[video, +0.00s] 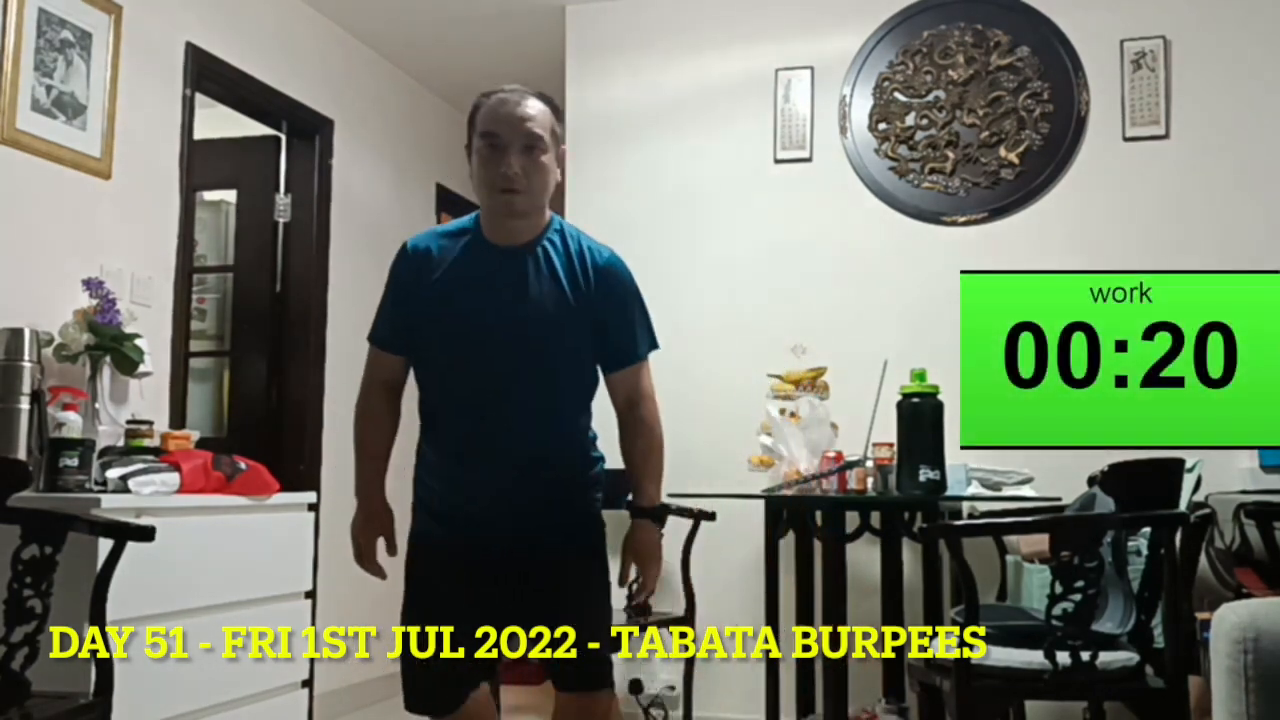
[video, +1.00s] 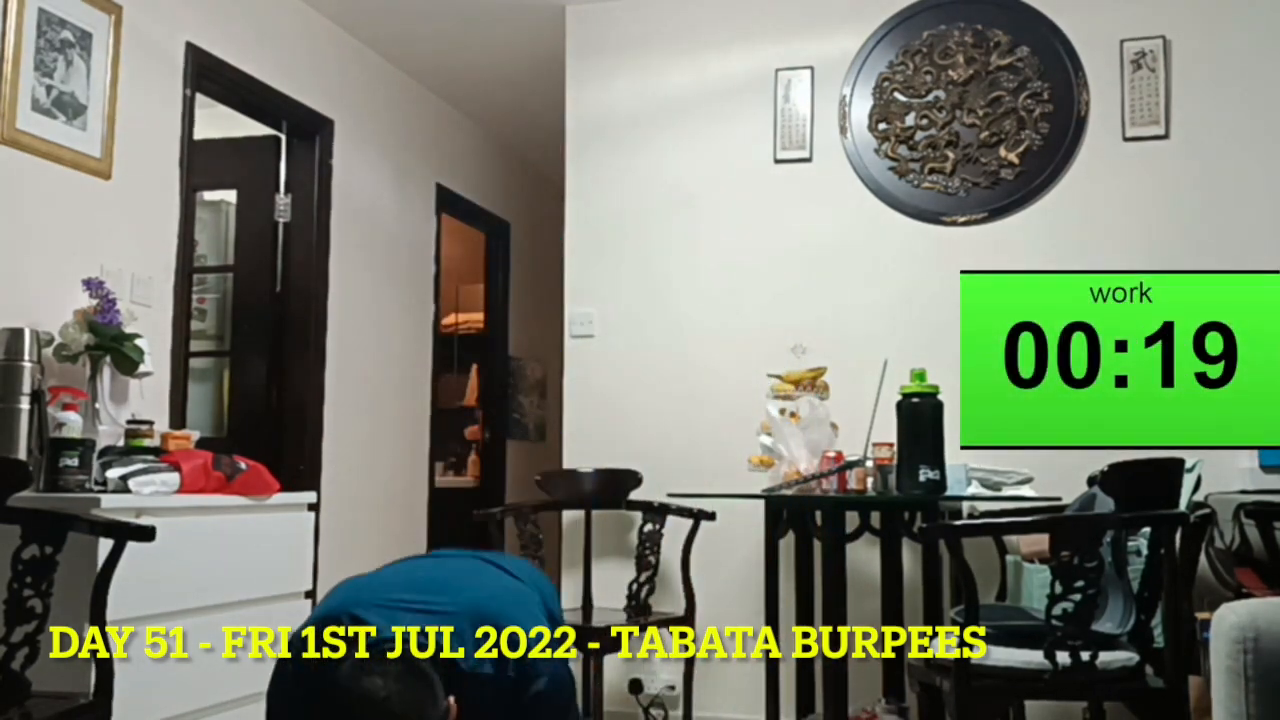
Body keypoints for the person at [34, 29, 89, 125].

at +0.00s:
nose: (66, 51)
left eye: (69, 48)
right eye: (63, 49)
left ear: (74, 49)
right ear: (61, 50)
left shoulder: (79, 66)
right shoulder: (62, 60)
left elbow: (69, 89)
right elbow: (57, 81)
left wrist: (49, 82)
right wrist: (49, 101)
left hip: (79, 102)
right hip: (64, 95)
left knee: (64, 98)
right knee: (48, 88)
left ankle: (70, 119)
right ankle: (61, 116)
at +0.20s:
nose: (66, 51)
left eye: (69, 48)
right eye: (63, 49)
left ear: (74, 49)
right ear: (60, 50)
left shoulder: (79, 65)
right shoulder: (61, 60)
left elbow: (70, 89)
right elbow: (57, 81)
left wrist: (49, 83)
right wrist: (49, 101)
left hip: (79, 102)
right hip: (63, 94)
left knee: (64, 98)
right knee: (48, 88)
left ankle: (70, 119)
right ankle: (61, 117)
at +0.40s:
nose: (66, 51)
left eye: (69, 48)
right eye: (63, 49)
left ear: (74, 49)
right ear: (60, 50)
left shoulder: (79, 65)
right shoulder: (61, 60)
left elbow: (70, 89)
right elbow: (57, 81)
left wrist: (49, 83)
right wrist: (49, 101)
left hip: (79, 102)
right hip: (63, 94)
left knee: (64, 98)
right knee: (48, 88)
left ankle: (70, 119)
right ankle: (61, 117)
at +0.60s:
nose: (66, 51)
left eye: (69, 48)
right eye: (63, 49)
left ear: (74, 49)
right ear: (60, 50)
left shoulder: (79, 65)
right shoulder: (61, 60)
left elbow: (70, 89)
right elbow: (57, 81)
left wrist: (49, 83)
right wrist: (49, 101)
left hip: (79, 102)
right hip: (63, 94)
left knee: (64, 98)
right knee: (48, 88)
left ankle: (70, 119)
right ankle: (61, 117)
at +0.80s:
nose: (67, 52)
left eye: (69, 48)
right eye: (63, 50)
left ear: (74, 49)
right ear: (61, 51)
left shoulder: (79, 66)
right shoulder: (61, 60)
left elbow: (70, 89)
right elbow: (57, 81)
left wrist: (49, 83)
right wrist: (49, 101)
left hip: (80, 101)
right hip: (63, 95)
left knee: (64, 98)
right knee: (48, 88)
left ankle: (70, 120)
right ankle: (61, 117)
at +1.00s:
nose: (66, 51)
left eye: (69, 48)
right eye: (63, 48)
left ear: (74, 49)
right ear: (60, 50)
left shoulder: (79, 65)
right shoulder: (61, 60)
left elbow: (70, 89)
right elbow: (57, 81)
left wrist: (49, 83)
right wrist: (49, 101)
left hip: (80, 102)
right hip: (63, 95)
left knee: (64, 98)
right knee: (48, 88)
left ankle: (70, 120)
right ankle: (61, 117)